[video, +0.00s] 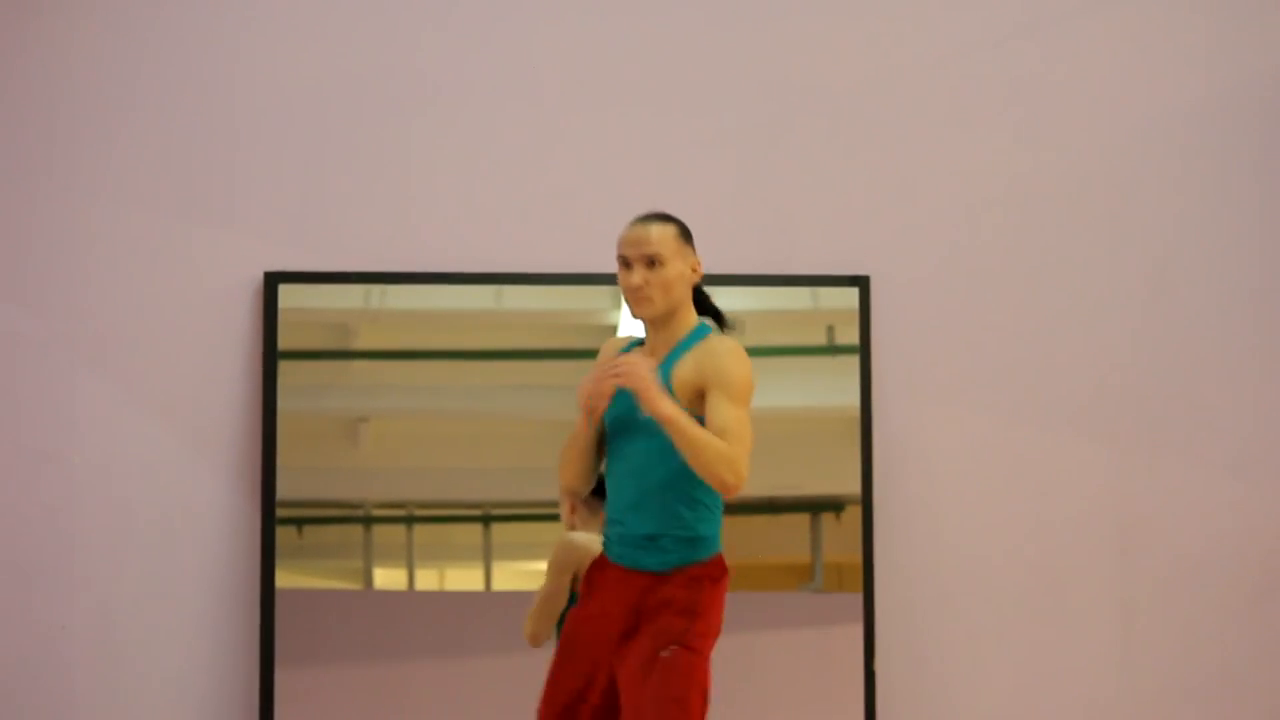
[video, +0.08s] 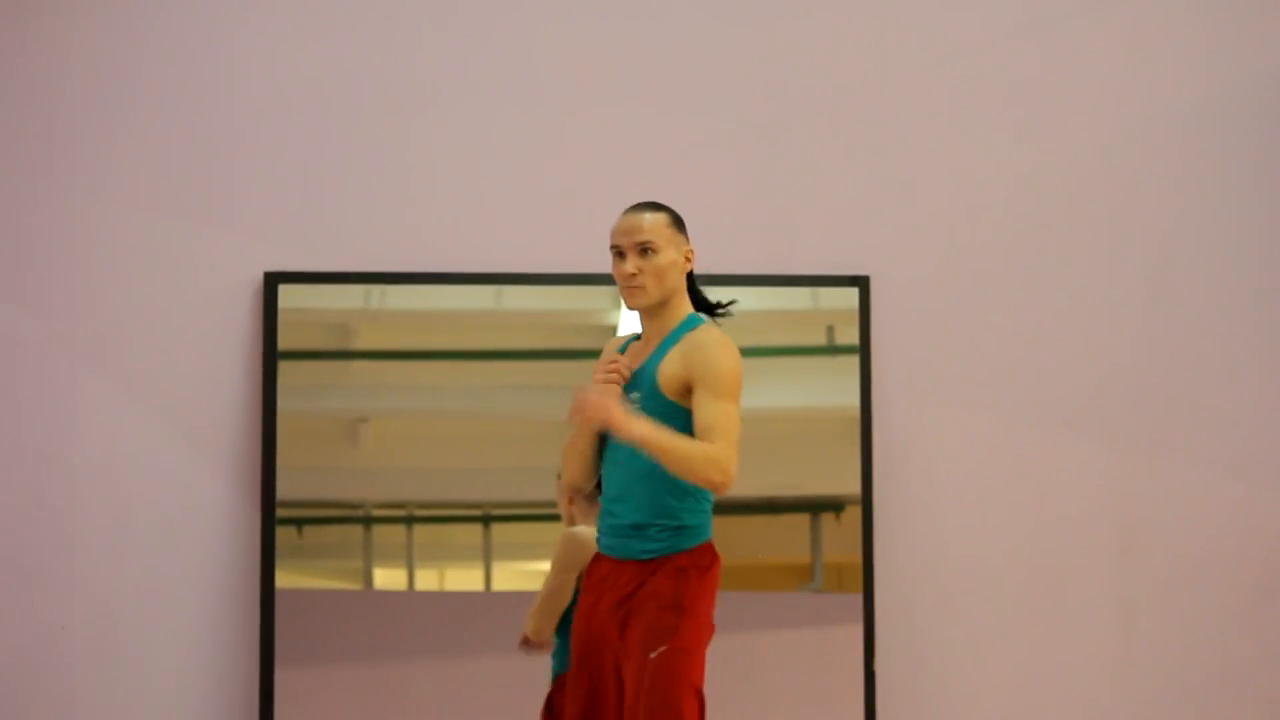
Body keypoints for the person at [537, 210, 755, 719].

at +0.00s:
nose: (636, 279)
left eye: (653, 263)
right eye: (626, 265)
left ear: (693, 270)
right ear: (617, 275)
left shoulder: (720, 355)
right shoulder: (619, 355)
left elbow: (731, 476)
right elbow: (574, 485)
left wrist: (657, 400)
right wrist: (589, 417)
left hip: (683, 582)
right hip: (613, 577)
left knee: (661, 710)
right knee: (564, 710)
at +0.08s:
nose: (628, 268)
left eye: (645, 251)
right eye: (618, 255)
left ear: (687, 258)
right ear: (610, 265)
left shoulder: (709, 346)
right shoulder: (624, 352)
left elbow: (720, 470)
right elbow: (575, 484)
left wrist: (625, 421)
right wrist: (593, 400)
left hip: (673, 572)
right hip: (610, 568)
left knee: (659, 709)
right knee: (584, 708)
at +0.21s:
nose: (624, 268)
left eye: (641, 251)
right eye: (615, 255)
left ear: (682, 258)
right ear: (607, 266)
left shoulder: (697, 346)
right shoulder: (626, 352)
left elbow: (703, 467)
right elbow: (584, 485)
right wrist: (596, 417)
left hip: (670, 572)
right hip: (616, 571)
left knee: (668, 710)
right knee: (594, 708)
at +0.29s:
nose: (624, 269)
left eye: (641, 252)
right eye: (614, 256)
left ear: (682, 259)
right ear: (607, 265)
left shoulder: (694, 346)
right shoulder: (625, 354)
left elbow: (701, 468)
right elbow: (588, 491)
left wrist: (617, 527)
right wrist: (594, 418)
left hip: (672, 572)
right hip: (617, 570)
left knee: (670, 709)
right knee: (599, 708)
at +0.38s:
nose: (624, 269)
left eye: (641, 253)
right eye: (615, 256)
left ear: (683, 260)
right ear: (606, 265)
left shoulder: (695, 347)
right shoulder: (624, 357)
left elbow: (705, 472)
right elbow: (588, 494)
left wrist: (626, 533)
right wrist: (592, 421)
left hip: (674, 573)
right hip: (618, 572)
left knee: (672, 710)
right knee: (601, 709)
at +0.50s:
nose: (626, 270)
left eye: (643, 253)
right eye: (616, 256)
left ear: (684, 260)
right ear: (608, 266)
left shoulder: (697, 347)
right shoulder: (622, 357)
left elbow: (711, 471)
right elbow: (587, 493)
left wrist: (633, 534)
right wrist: (591, 422)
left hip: (674, 574)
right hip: (615, 571)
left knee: (670, 710)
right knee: (597, 709)